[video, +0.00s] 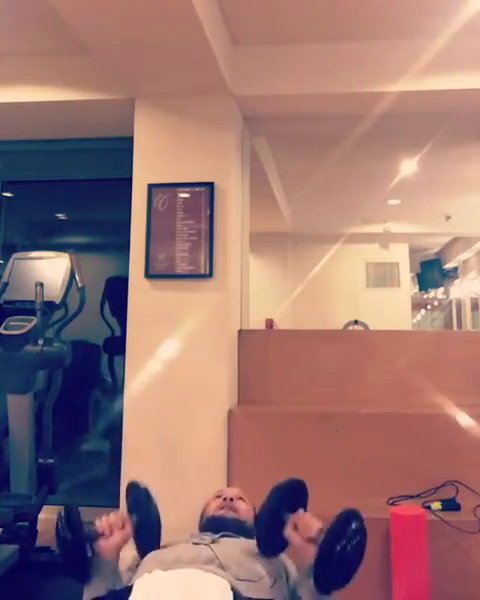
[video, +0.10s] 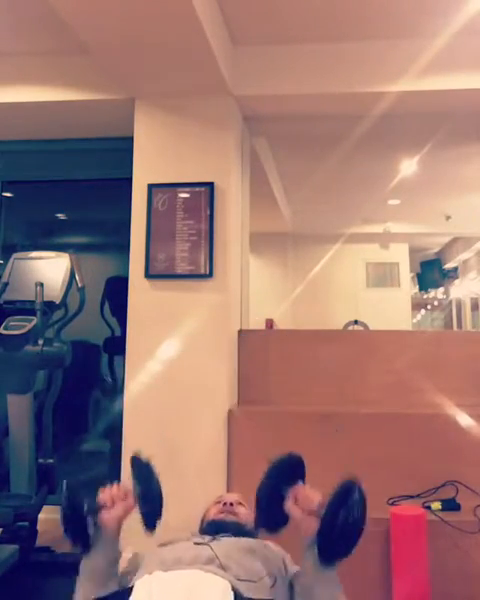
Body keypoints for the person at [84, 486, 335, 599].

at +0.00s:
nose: (228, 498)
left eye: (240, 498)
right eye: (219, 497)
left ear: (254, 518)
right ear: (201, 517)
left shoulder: (269, 551)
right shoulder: (156, 554)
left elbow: (307, 595)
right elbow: (108, 595)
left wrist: (308, 565)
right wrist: (107, 559)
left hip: (218, 588)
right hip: (148, 588)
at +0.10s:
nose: (229, 502)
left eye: (240, 503)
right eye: (219, 501)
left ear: (254, 523)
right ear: (201, 522)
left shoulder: (271, 553)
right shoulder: (153, 555)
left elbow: (315, 595)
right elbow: (94, 595)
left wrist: (314, 541)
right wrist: (107, 532)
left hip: (221, 589)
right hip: (150, 589)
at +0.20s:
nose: (227, 507)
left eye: (238, 508)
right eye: (220, 507)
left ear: (255, 530)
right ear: (202, 524)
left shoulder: (273, 552)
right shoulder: (159, 549)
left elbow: (330, 593)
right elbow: (85, 593)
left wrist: (311, 505)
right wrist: (112, 496)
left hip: (227, 590)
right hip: (153, 587)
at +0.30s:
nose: (228, 512)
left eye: (239, 513)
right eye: (220, 511)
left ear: (258, 532)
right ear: (202, 528)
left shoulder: (274, 552)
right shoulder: (158, 552)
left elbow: (334, 579)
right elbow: (92, 565)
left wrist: (306, 465)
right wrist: (122, 461)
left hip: (224, 591)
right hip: (152, 589)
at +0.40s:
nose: (229, 515)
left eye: (241, 516)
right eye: (221, 514)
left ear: (260, 533)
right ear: (204, 528)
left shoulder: (280, 559)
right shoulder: (150, 549)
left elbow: (319, 527)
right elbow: (106, 516)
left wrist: (292, 431)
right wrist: (135, 423)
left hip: (221, 590)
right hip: (149, 588)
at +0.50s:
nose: (231, 516)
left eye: (243, 517)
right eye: (223, 515)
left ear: (260, 533)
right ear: (207, 526)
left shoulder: (284, 563)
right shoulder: (150, 545)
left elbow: (304, 502)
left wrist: (282, 407)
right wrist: (148, 395)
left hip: (219, 588)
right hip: (143, 588)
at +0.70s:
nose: (232, 513)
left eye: (242, 515)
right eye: (223, 512)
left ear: (259, 530)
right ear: (205, 523)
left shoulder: (280, 560)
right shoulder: (153, 546)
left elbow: (305, 511)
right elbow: (134, 493)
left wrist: (283, 410)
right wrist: (149, 406)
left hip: (220, 589)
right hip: (145, 588)